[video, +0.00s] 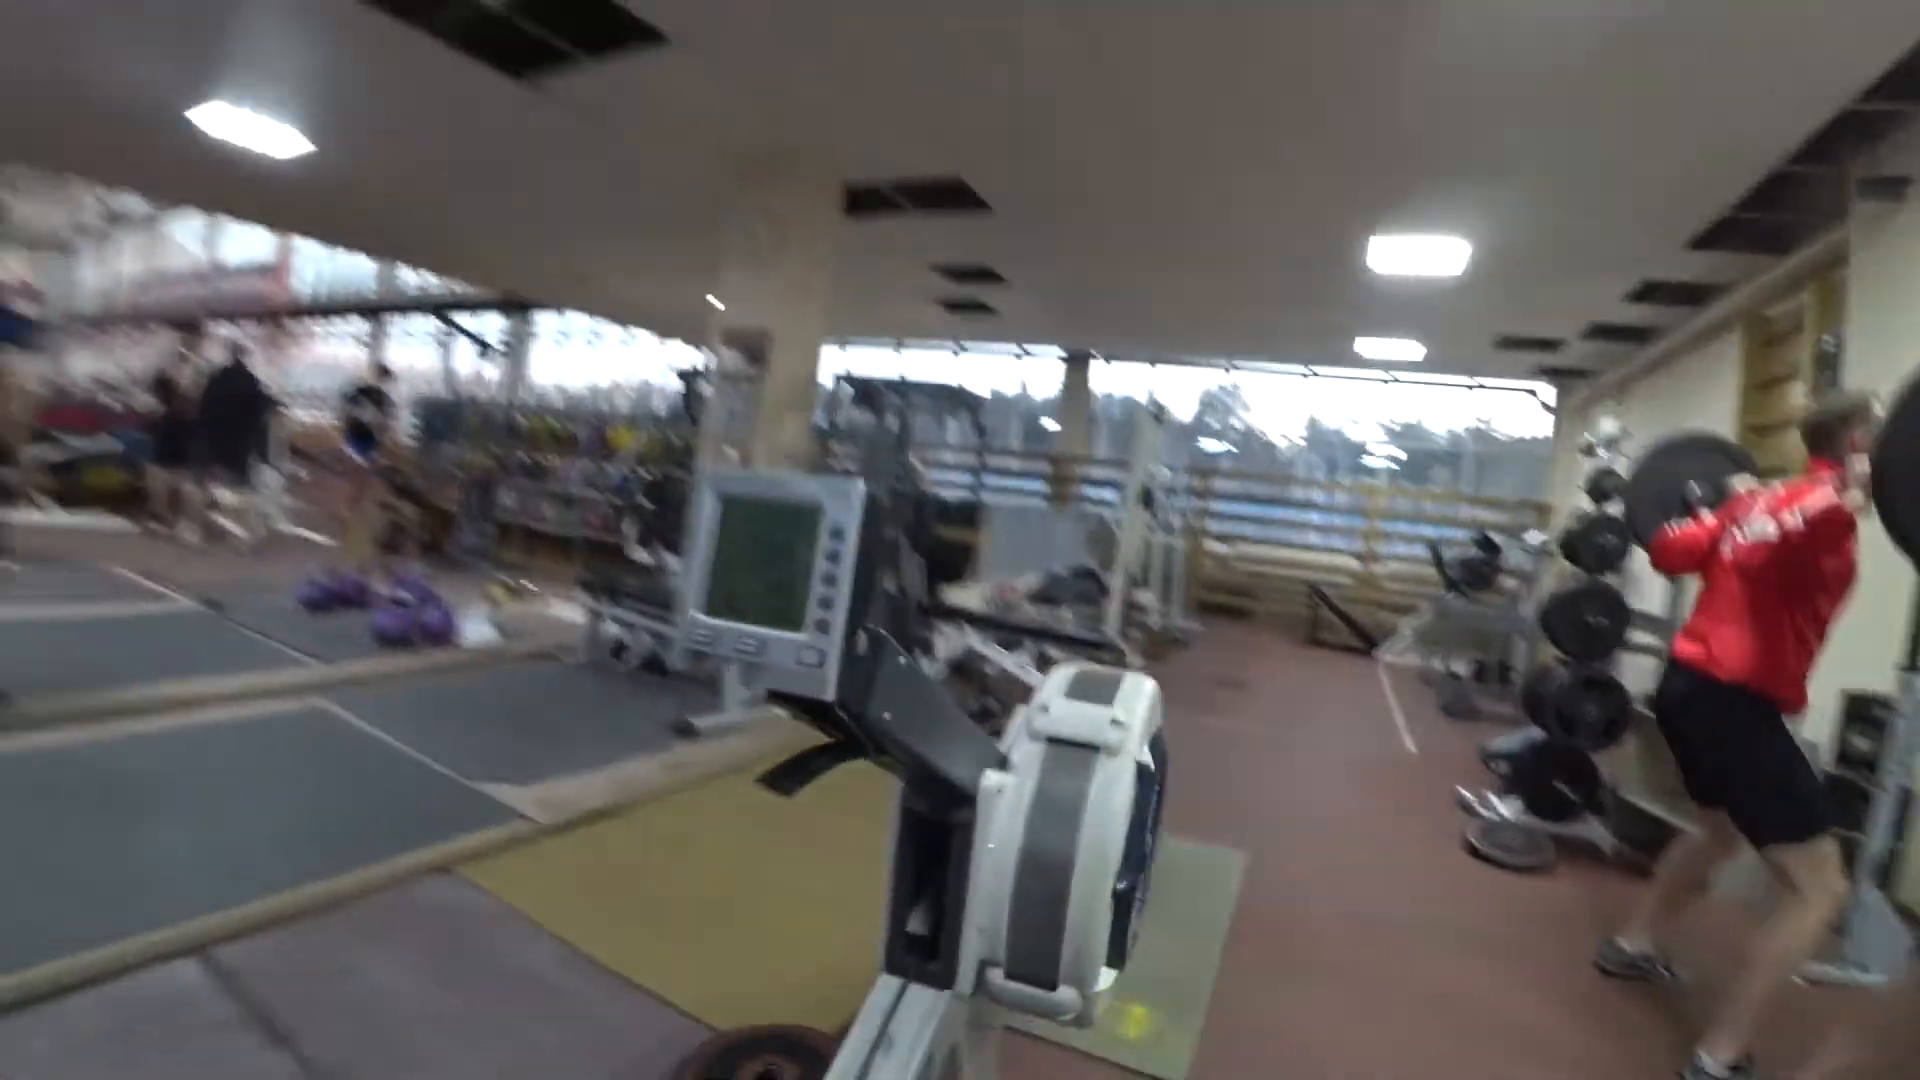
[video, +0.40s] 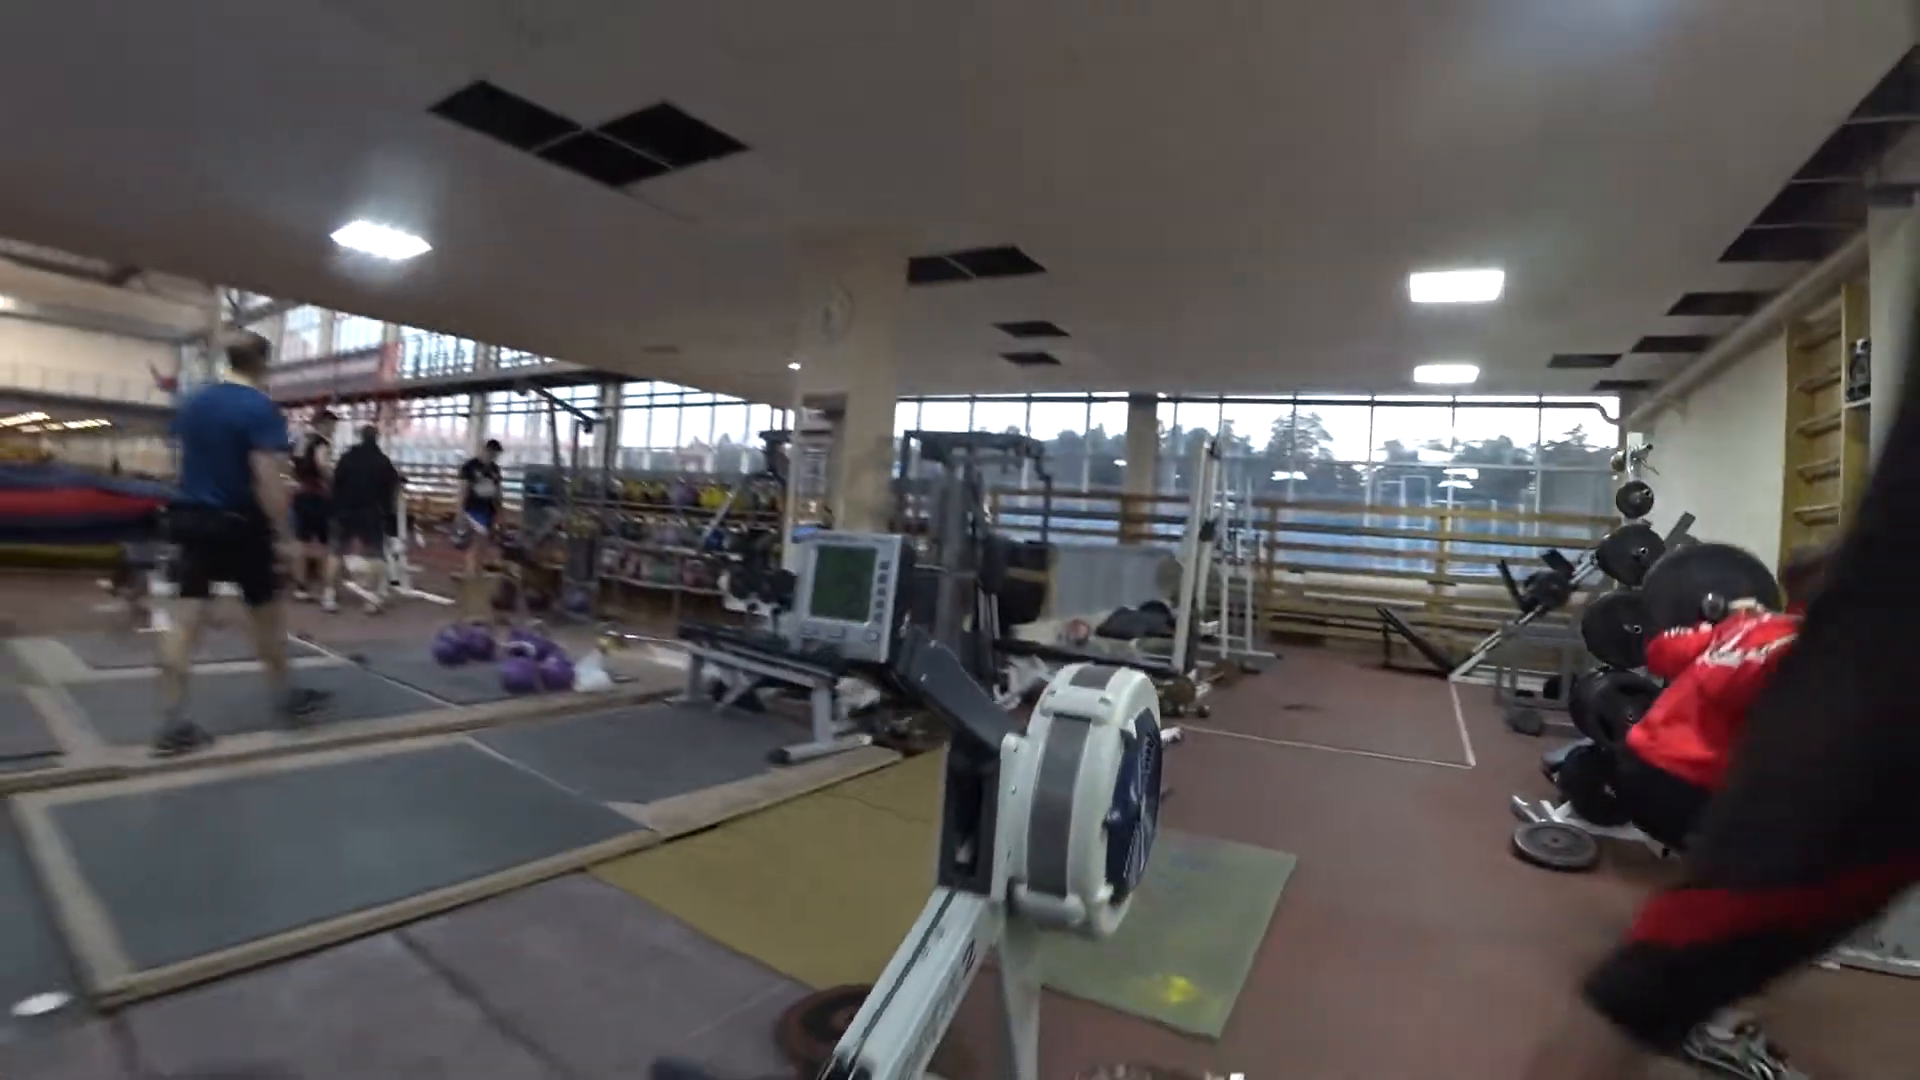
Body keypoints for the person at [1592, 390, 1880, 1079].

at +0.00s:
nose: (1877, 463)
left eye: (1876, 449)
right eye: (1871, 449)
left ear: (1812, 450)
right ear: (1849, 451)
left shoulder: (1755, 500)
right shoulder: (1831, 506)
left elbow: (1669, 549)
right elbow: (1776, 537)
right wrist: (1840, 501)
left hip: (1684, 689)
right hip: (1740, 705)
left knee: (1718, 830)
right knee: (1821, 889)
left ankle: (1635, 943)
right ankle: (1720, 1054)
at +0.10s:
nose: (1883, 502)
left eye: (1883, 492)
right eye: (1880, 491)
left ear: (1817, 495)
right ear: (1863, 495)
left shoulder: (1767, 546)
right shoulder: (1838, 556)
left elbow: (1676, 589)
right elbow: (1765, 605)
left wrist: (1737, 551)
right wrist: (1847, 561)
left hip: (1681, 723)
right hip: (1736, 742)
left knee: (1750, 851)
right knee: (1852, 917)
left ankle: (1653, 957)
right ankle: (1735, 1079)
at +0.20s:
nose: (1870, 540)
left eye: (1870, 528)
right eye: (1866, 528)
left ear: (1806, 536)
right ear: (1849, 534)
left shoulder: (1759, 583)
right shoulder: (1831, 598)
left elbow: (1672, 622)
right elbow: (1746, 644)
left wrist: (1732, 586)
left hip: (1666, 745)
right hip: (1721, 765)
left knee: (1752, 851)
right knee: (1826, 870)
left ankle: (1661, 957)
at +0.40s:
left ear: (1793, 584)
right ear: (1831, 600)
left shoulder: (1741, 623)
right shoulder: (1802, 646)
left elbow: (1661, 654)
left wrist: (1694, 635)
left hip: (1638, 768)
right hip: (1694, 793)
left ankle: (1582, 791)